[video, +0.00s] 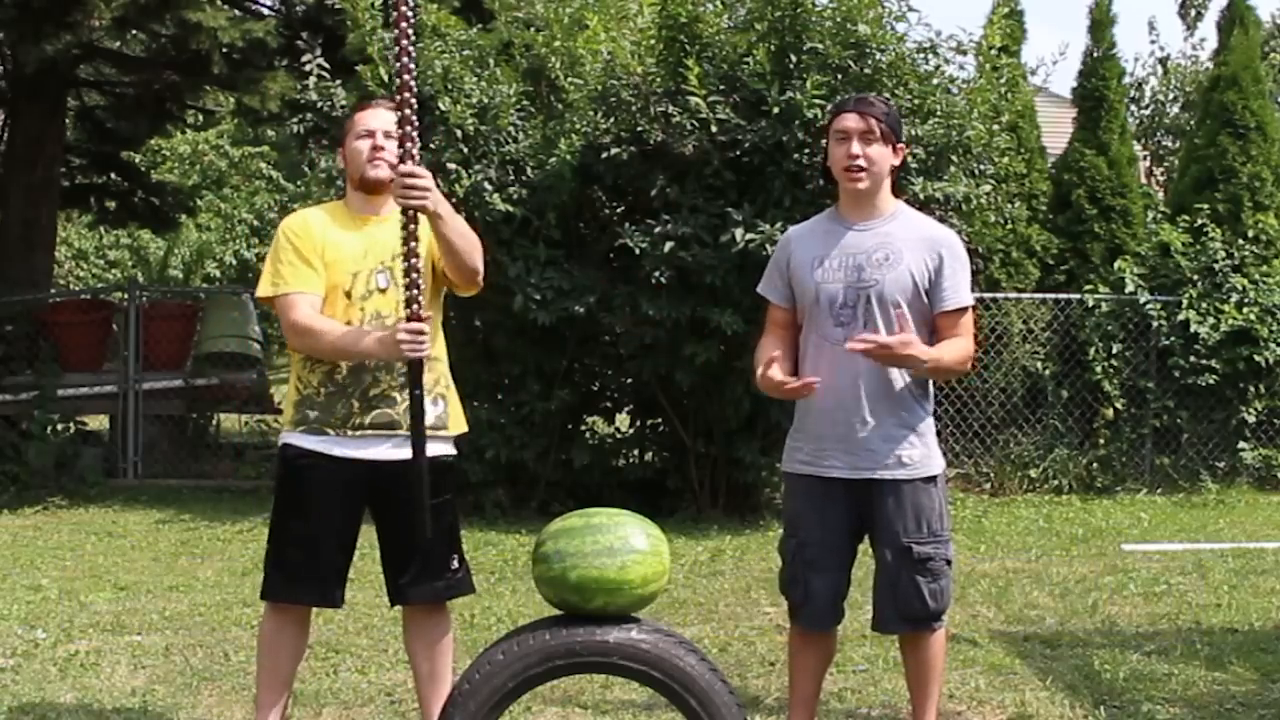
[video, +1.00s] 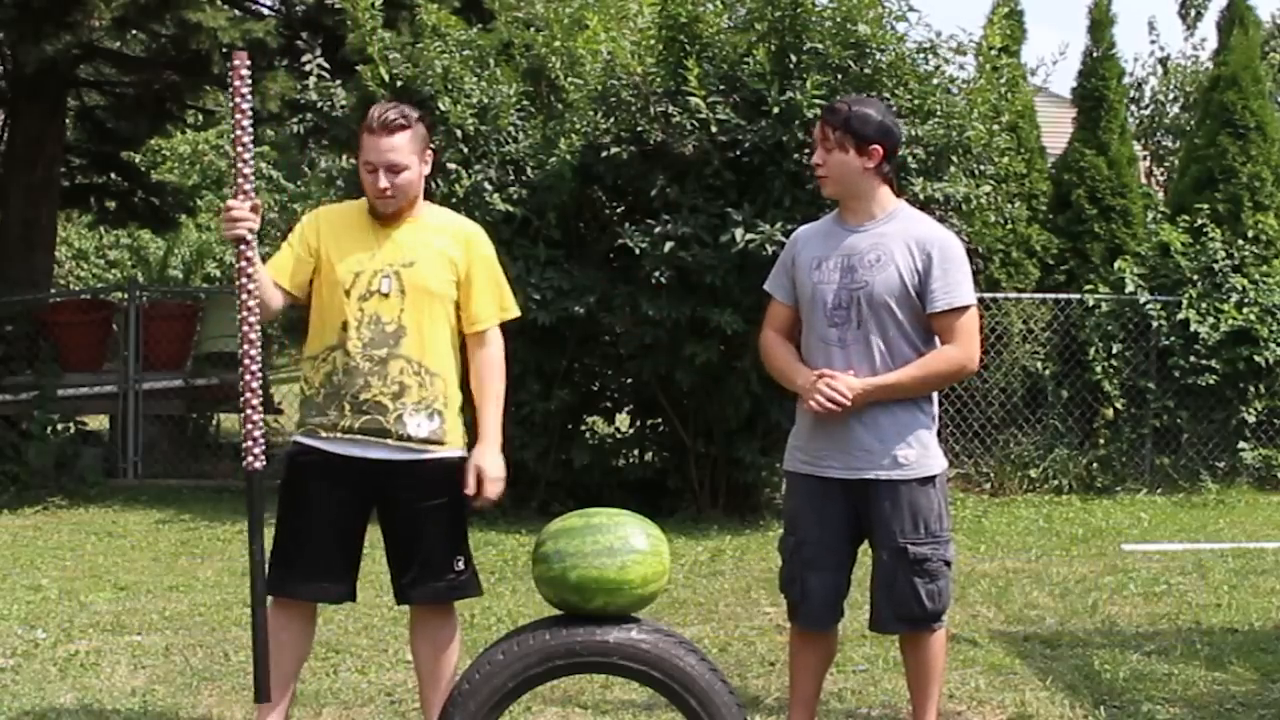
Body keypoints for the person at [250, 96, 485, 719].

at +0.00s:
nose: (381, 145)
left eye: (392, 138)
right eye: (368, 137)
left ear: (405, 153)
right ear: (341, 154)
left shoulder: (428, 221)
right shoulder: (303, 228)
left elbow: (471, 274)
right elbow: (298, 327)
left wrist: (438, 208)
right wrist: (374, 342)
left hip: (418, 443)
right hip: (320, 444)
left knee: (428, 596)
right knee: (291, 596)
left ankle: (438, 714)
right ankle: (269, 714)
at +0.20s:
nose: (382, 146)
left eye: (392, 137)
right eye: (368, 138)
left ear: (407, 152)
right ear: (342, 154)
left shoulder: (442, 228)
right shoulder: (304, 225)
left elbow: (470, 300)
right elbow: (277, 308)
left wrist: (423, 237)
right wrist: (349, 252)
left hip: (420, 443)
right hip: (320, 442)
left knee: (428, 598)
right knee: (291, 597)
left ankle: (438, 715)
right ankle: (269, 714)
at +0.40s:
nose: (382, 150)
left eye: (396, 141)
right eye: (371, 142)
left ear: (419, 157)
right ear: (352, 157)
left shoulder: (447, 233)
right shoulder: (322, 222)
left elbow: (450, 324)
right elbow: (276, 267)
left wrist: (388, 271)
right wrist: (320, 174)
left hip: (417, 448)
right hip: (318, 442)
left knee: (430, 598)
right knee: (291, 596)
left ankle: (438, 716)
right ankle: (269, 714)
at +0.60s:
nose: (391, 157)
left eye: (404, 147)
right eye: (378, 147)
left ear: (427, 159)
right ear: (359, 159)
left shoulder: (455, 235)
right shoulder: (325, 221)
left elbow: (454, 329)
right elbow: (262, 286)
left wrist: (361, 309)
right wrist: (297, 205)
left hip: (420, 450)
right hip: (321, 442)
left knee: (432, 599)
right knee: (293, 595)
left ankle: (438, 717)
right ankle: (269, 715)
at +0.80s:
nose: (387, 167)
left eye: (401, 155)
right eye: (376, 154)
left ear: (428, 161)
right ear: (359, 160)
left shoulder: (461, 238)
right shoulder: (321, 226)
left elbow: (486, 338)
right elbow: (260, 305)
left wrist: (410, 381)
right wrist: (264, 237)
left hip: (423, 454)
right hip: (321, 448)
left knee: (433, 599)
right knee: (292, 593)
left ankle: (437, 717)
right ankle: (270, 713)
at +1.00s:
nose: (382, 182)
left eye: (397, 168)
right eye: (370, 168)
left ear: (427, 162)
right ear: (356, 164)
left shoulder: (463, 239)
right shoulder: (322, 225)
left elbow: (485, 343)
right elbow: (268, 303)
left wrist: (489, 442)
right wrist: (244, 250)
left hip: (426, 453)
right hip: (326, 447)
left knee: (434, 598)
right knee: (292, 590)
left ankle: (439, 716)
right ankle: (271, 712)